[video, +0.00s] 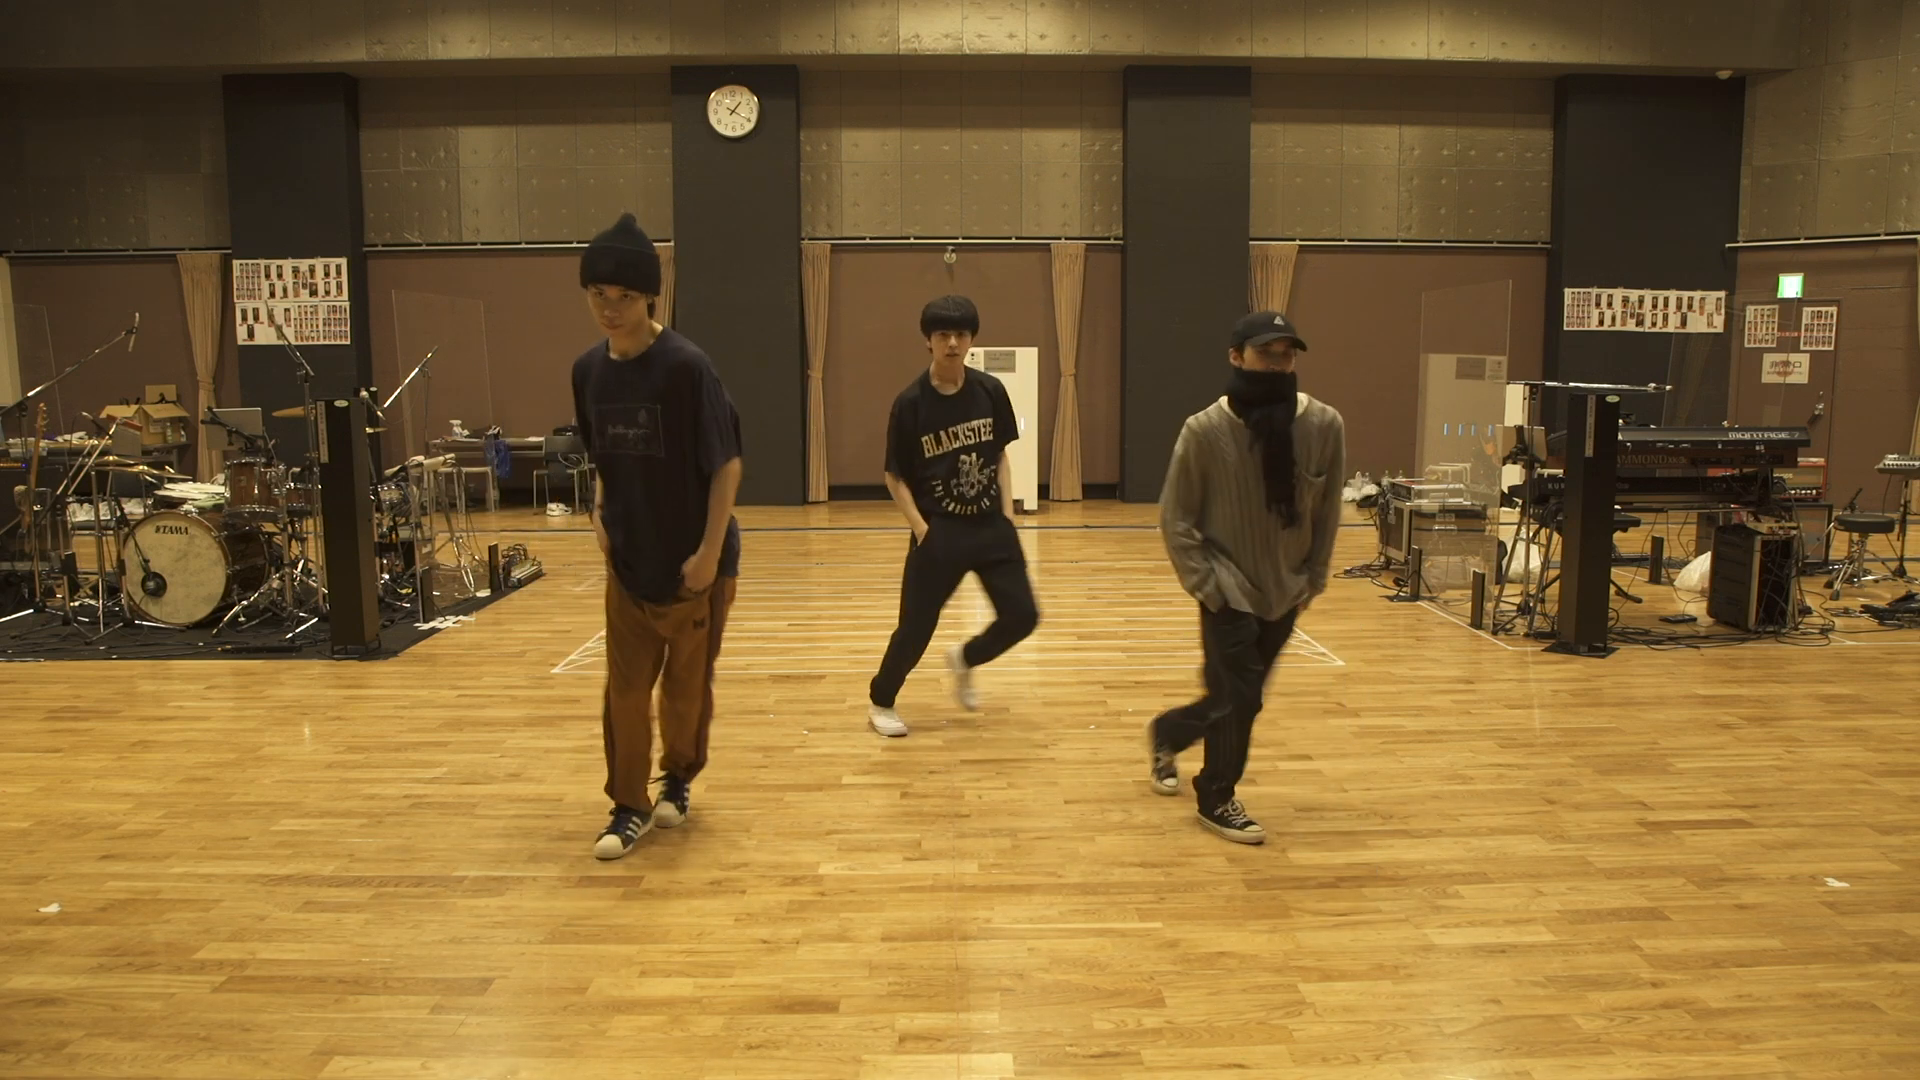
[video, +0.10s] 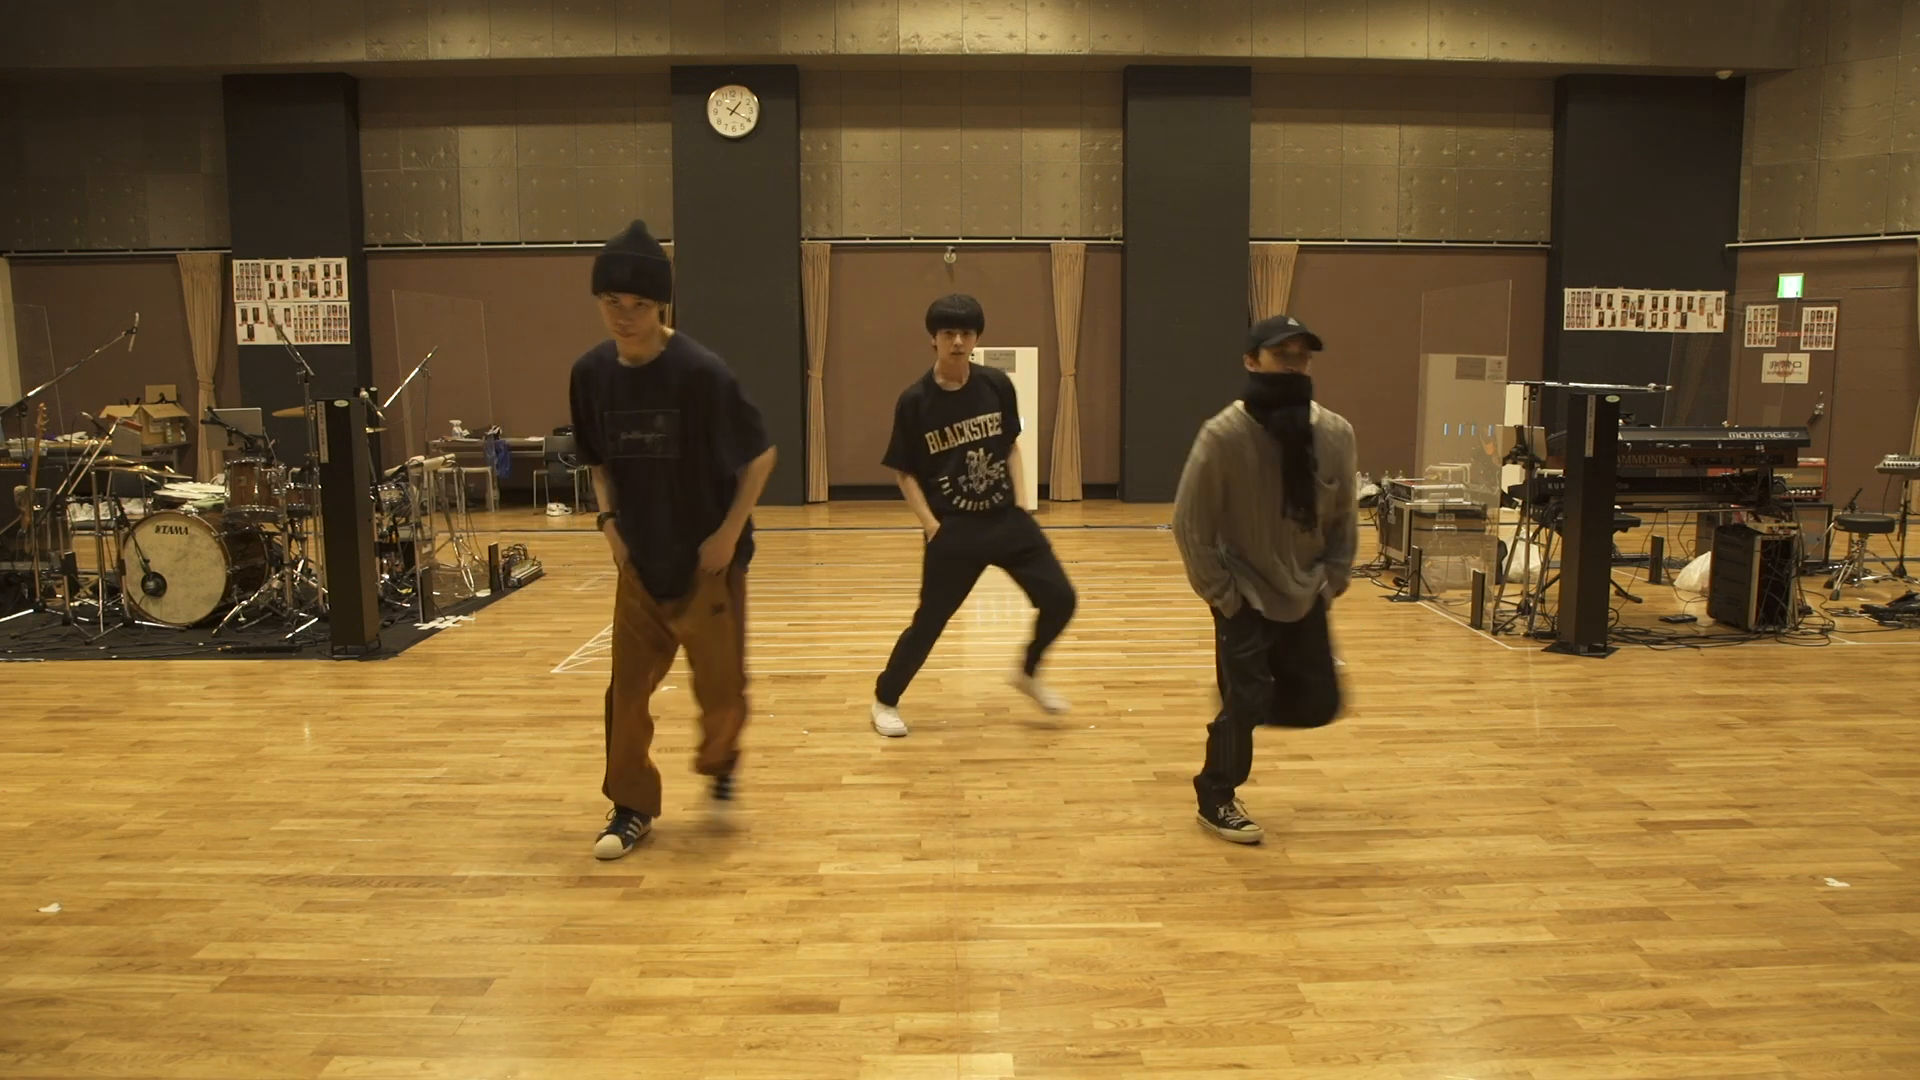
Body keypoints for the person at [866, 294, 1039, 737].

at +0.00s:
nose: (952, 345)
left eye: (960, 336)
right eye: (943, 336)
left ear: (971, 341)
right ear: (928, 342)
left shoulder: (990, 390)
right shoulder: (910, 405)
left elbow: (1000, 455)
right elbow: (895, 476)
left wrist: (1007, 515)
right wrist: (922, 530)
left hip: (991, 530)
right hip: (939, 534)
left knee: (1023, 618)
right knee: (915, 632)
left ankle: (964, 659)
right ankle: (882, 703)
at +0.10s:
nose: (958, 343)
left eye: (966, 334)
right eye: (949, 334)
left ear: (977, 340)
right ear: (933, 339)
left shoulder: (998, 386)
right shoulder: (914, 402)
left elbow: (1011, 449)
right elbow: (905, 471)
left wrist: (1021, 507)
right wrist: (931, 526)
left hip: (1007, 522)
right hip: (954, 532)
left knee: (1060, 601)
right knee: (929, 624)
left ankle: (1027, 672)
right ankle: (885, 701)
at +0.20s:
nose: (966, 340)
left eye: (974, 332)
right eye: (957, 331)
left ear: (986, 337)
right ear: (941, 337)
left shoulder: (1013, 381)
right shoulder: (926, 398)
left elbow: (1029, 442)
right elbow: (924, 468)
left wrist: (1036, 499)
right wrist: (949, 517)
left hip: (1024, 517)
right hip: (970, 526)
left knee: (1069, 604)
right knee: (958, 619)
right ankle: (925, 694)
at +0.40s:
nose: (1009, 357)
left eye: (1017, 348)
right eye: (999, 349)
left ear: (1027, 352)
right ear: (980, 352)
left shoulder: (1042, 410)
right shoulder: (953, 405)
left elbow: (1052, 474)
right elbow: (938, 470)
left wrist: (1051, 523)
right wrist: (958, 528)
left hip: (1033, 537)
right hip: (977, 541)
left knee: (1078, 617)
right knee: (939, 631)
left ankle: (1119, 707)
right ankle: (991, 684)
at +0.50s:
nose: (994, 362)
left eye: (1003, 353)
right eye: (985, 353)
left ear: (1015, 358)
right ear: (970, 357)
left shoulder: (1035, 412)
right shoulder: (946, 410)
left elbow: (1045, 475)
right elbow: (928, 469)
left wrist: (1026, 532)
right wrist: (941, 522)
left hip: (1014, 546)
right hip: (956, 543)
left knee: (1069, 625)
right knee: (886, 615)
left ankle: (1118, 707)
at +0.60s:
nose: (972, 358)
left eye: (981, 350)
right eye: (964, 349)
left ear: (992, 353)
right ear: (948, 351)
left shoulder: (1004, 402)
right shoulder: (923, 398)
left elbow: (1012, 470)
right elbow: (910, 456)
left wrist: (993, 532)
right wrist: (911, 508)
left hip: (980, 541)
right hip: (926, 536)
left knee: (1038, 620)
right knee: (866, 611)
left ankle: (1108, 700)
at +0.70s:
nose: (938, 358)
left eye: (946, 348)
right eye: (929, 348)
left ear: (960, 348)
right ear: (915, 348)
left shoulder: (965, 405)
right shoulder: (905, 381)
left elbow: (974, 477)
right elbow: (888, 447)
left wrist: (947, 530)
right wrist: (870, 497)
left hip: (934, 533)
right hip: (884, 524)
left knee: (997, 613)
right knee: (836, 611)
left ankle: (1070, 695)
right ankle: (805, 707)